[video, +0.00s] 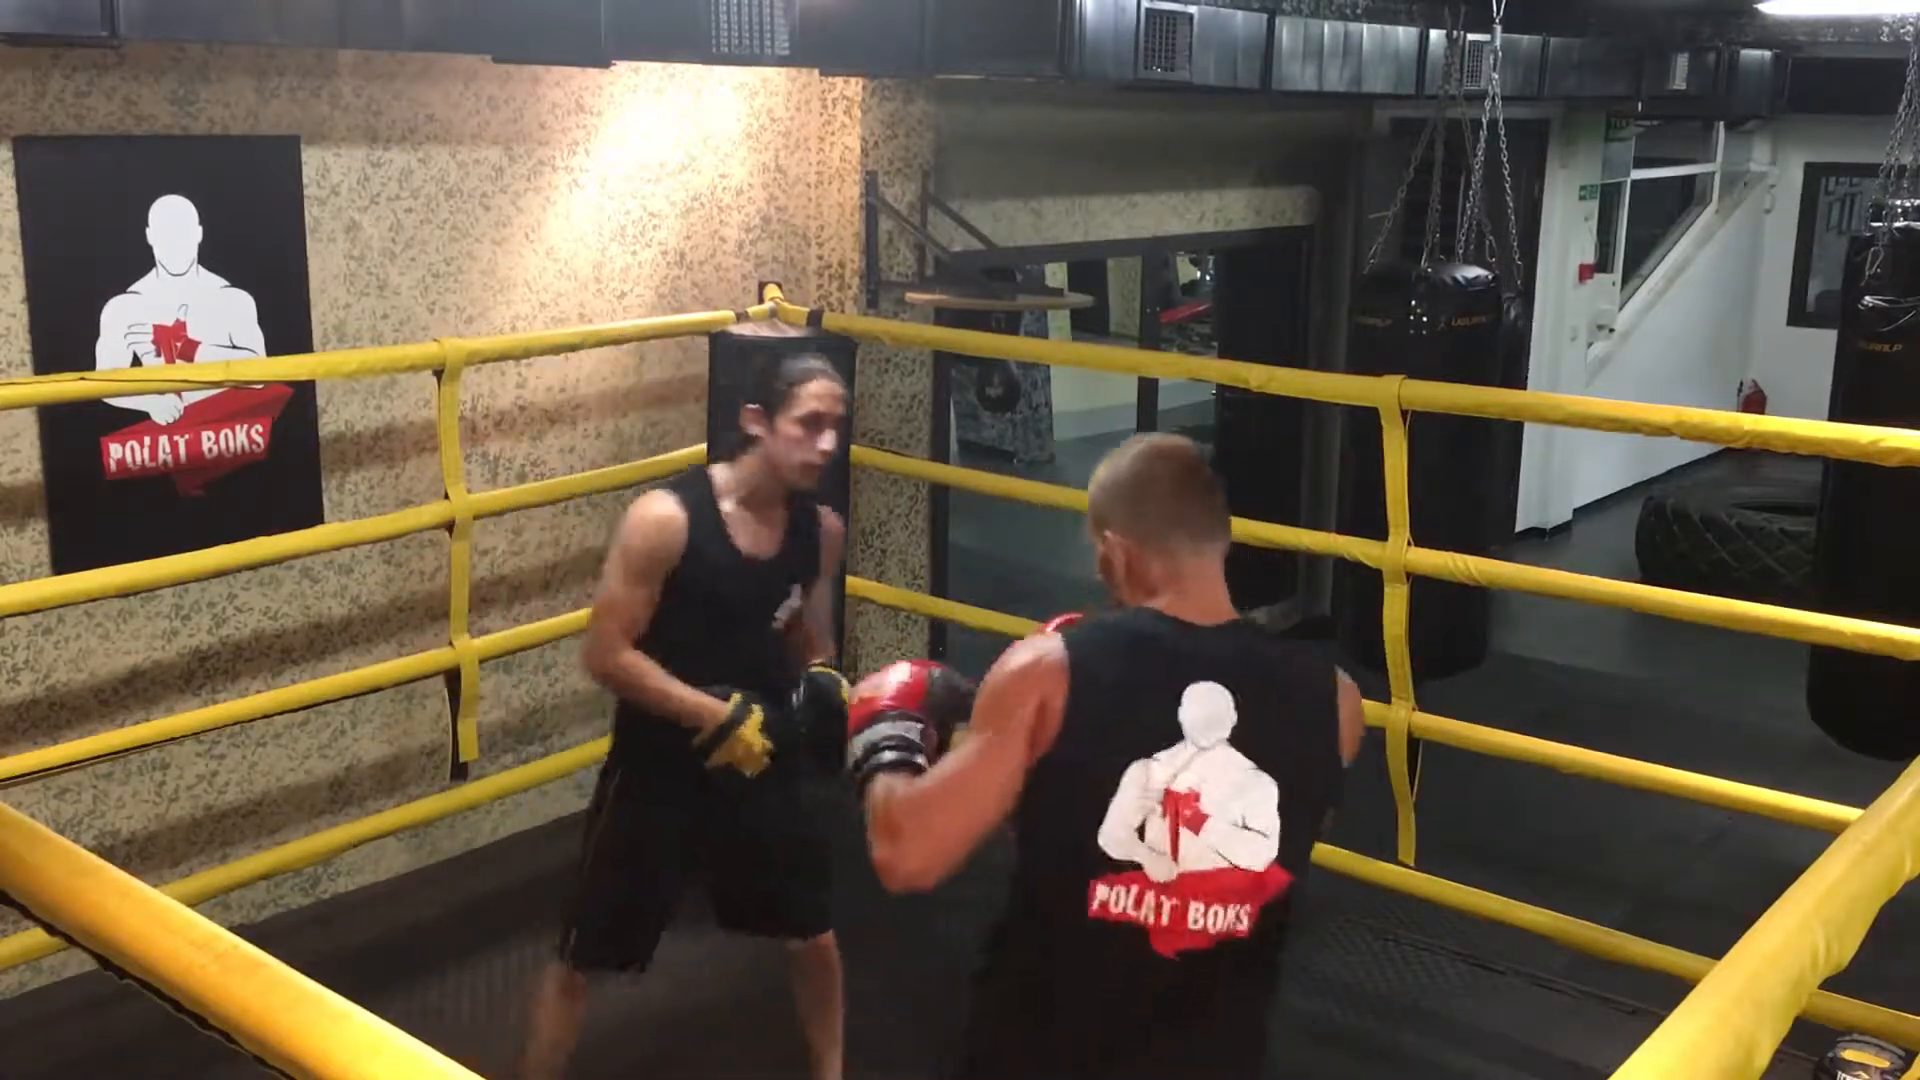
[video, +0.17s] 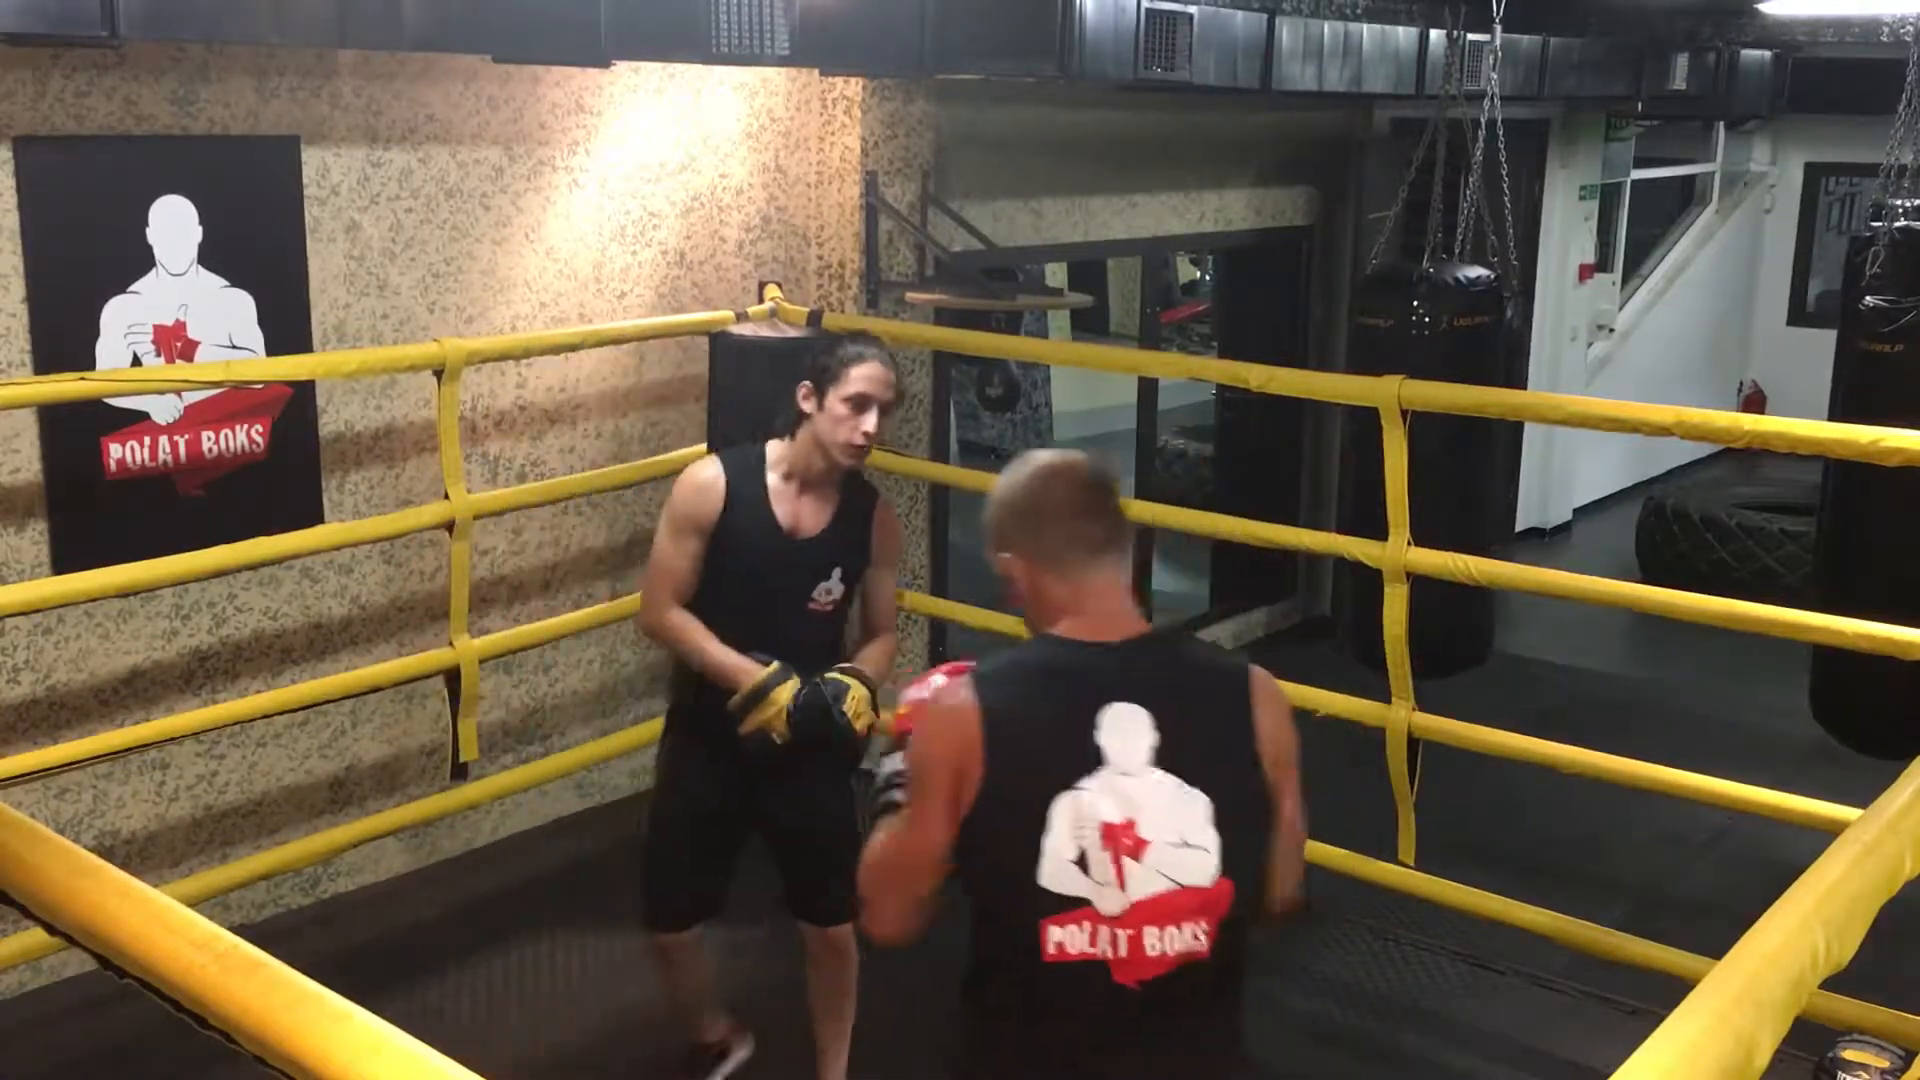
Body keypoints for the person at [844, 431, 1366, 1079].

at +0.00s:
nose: (1101, 570)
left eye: (1098, 551)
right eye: (1097, 552)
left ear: (1117, 551)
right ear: (1223, 539)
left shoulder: (1049, 672)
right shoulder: (1330, 699)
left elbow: (907, 855)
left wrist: (887, 730)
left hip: (1049, 1038)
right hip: (1220, 1050)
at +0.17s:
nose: (1008, 590)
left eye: (1003, 573)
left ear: (1015, 573)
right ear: (1126, 548)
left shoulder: (967, 714)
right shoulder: (1255, 697)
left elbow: (889, 917)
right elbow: (1281, 889)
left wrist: (908, 785)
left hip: (1025, 1056)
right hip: (1197, 1057)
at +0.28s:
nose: (941, 583)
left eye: (935, 570)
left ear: (945, 575)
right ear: (1060, 539)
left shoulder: (908, 721)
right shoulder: (1191, 673)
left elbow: (889, 932)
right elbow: (1285, 885)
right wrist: (1191, 822)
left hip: (988, 1056)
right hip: (1164, 1048)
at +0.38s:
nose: (897, 587)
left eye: (894, 570)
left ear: (910, 574)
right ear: (1032, 543)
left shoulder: (870, 725)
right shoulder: (1155, 670)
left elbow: (840, 934)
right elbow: (1263, 886)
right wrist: (1161, 838)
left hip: (949, 1052)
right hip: (1130, 1045)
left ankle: (843, 1058)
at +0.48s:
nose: (918, 568)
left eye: (917, 555)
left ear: (925, 566)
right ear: (1051, 536)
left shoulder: (867, 710)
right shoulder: (1153, 675)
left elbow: (782, 916)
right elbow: (1219, 899)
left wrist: (861, 833)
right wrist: (1110, 855)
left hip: (943, 1055)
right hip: (1115, 1048)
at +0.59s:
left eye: (950, 553)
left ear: (968, 569)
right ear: (1094, 553)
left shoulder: (881, 709)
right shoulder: (1179, 707)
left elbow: (760, 902)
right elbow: (1206, 909)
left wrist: (855, 856)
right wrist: (1108, 836)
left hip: (936, 1048)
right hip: (1101, 1048)